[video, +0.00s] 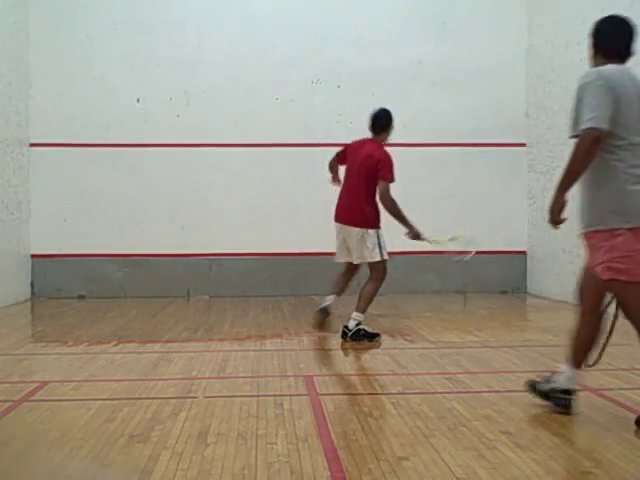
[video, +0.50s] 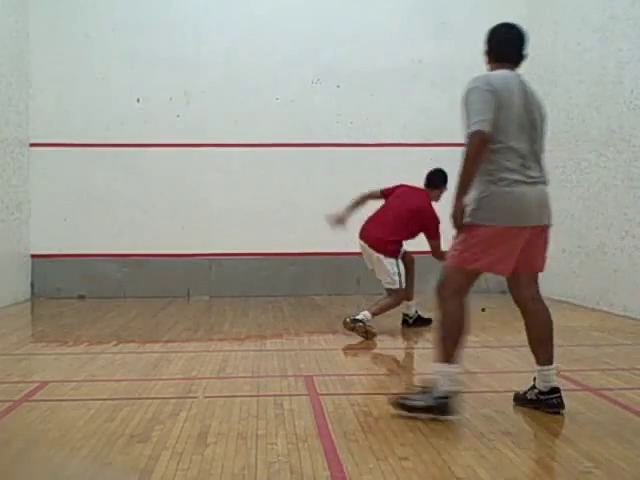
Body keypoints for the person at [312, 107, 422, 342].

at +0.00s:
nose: (391, 131)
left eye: (389, 127)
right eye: (391, 127)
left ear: (371, 126)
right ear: (389, 129)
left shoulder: (355, 146)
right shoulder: (382, 157)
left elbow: (334, 162)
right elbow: (385, 197)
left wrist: (335, 176)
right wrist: (409, 226)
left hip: (343, 218)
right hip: (364, 222)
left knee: (351, 265)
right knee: (378, 272)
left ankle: (328, 303)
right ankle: (354, 324)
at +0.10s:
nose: (406, 143)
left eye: (406, 139)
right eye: (406, 139)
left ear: (387, 136)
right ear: (403, 140)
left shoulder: (367, 150)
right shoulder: (392, 165)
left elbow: (338, 156)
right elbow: (395, 203)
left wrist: (326, 167)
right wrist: (425, 224)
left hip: (347, 218)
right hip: (366, 224)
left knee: (367, 268)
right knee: (381, 273)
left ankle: (360, 312)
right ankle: (355, 323)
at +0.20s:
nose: (420, 156)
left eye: (420, 152)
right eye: (420, 152)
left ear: (402, 147)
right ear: (416, 152)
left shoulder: (381, 158)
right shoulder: (402, 172)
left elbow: (350, 154)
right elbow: (405, 206)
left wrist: (325, 159)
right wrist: (440, 218)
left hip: (352, 221)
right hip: (367, 227)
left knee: (385, 267)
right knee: (382, 277)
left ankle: (394, 309)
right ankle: (354, 323)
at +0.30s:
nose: (429, 173)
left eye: (430, 169)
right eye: (430, 169)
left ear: (413, 162)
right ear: (426, 167)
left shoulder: (392, 169)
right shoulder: (411, 183)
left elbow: (361, 161)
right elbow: (417, 215)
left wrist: (332, 162)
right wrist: (455, 219)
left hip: (360, 228)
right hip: (373, 234)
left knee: (395, 268)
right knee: (388, 282)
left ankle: (408, 313)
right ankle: (357, 321)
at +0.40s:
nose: (438, 188)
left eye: (439, 184)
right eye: (438, 183)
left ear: (423, 177)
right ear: (434, 182)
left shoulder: (400, 183)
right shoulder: (419, 197)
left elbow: (368, 179)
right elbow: (432, 237)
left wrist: (335, 182)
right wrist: (467, 233)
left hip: (365, 234)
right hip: (379, 241)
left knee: (406, 261)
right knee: (398, 290)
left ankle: (410, 314)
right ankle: (361, 317)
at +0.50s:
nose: (442, 193)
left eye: (443, 189)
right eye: (443, 189)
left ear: (426, 183)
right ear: (440, 189)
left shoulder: (403, 189)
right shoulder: (429, 214)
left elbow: (367, 196)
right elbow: (437, 253)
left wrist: (344, 214)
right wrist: (454, 256)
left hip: (366, 237)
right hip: (383, 248)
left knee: (408, 259)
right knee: (398, 296)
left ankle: (410, 312)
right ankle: (361, 319)